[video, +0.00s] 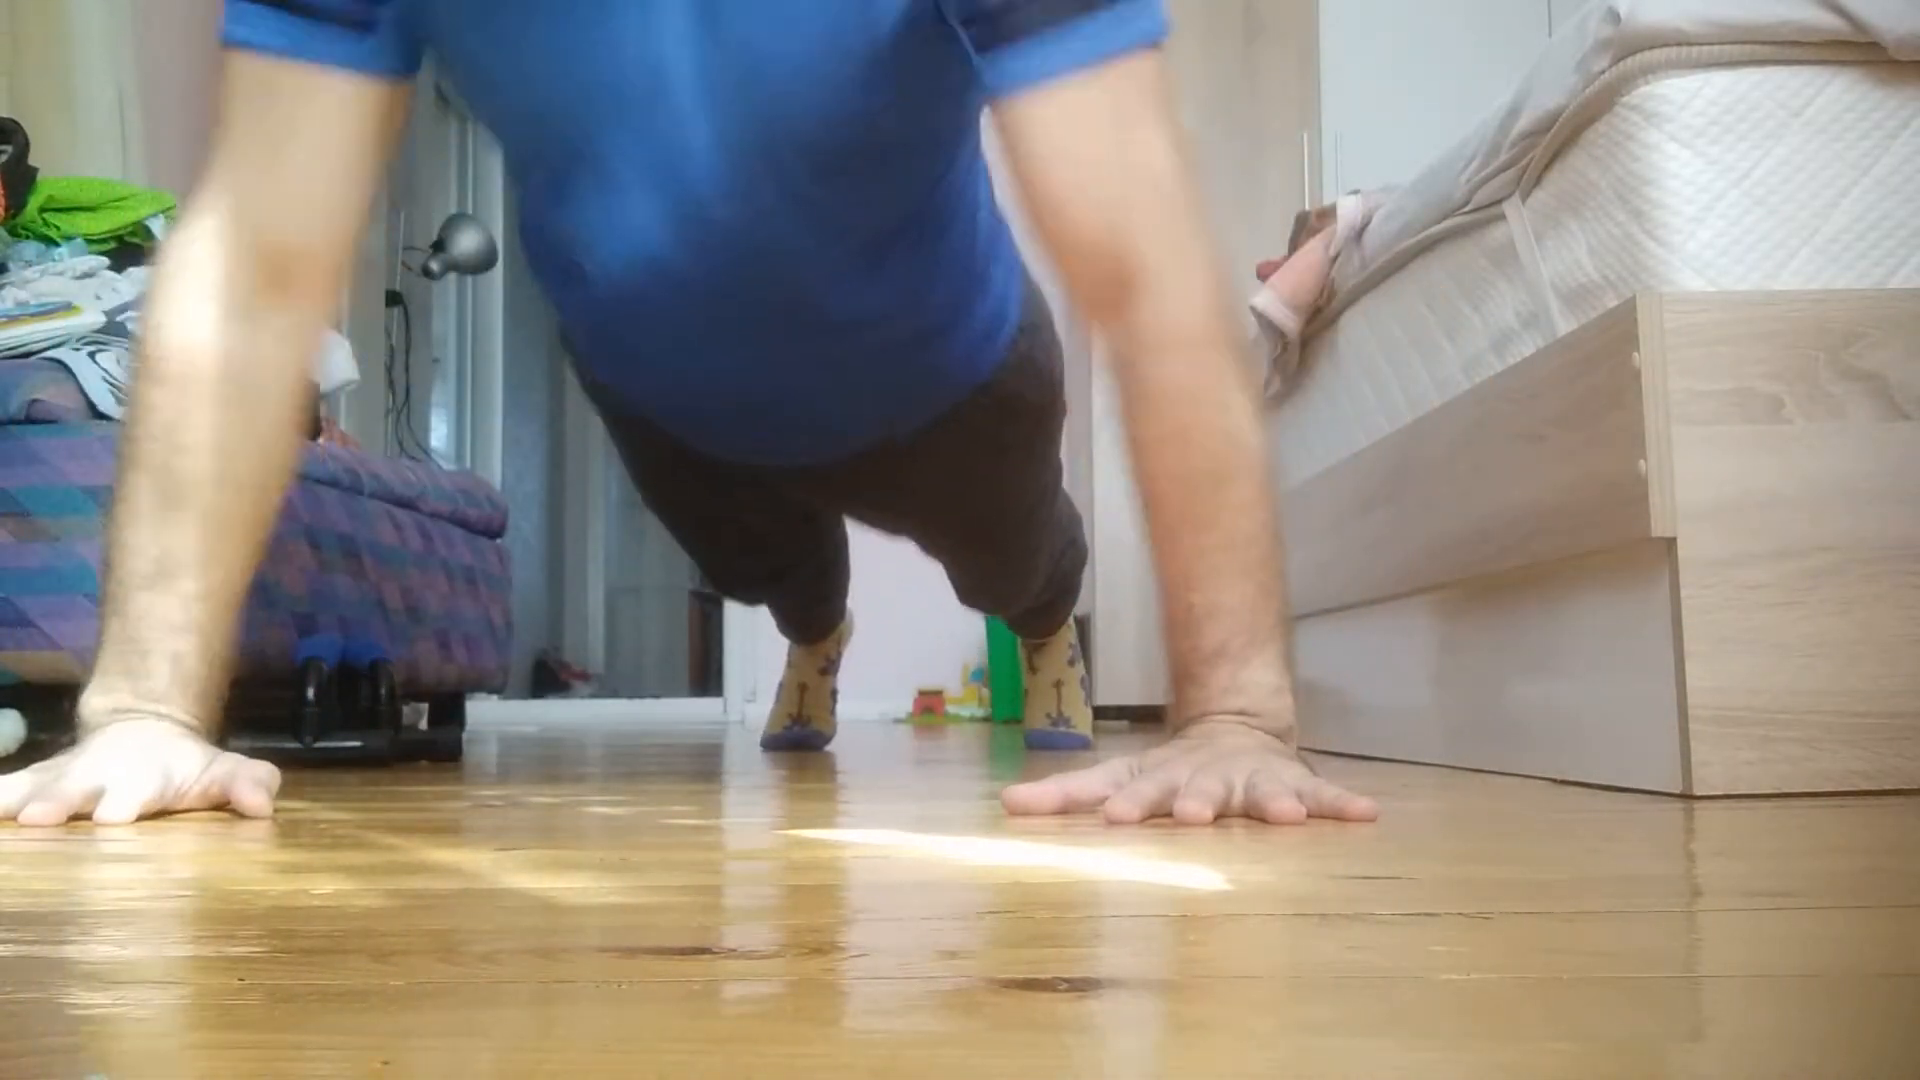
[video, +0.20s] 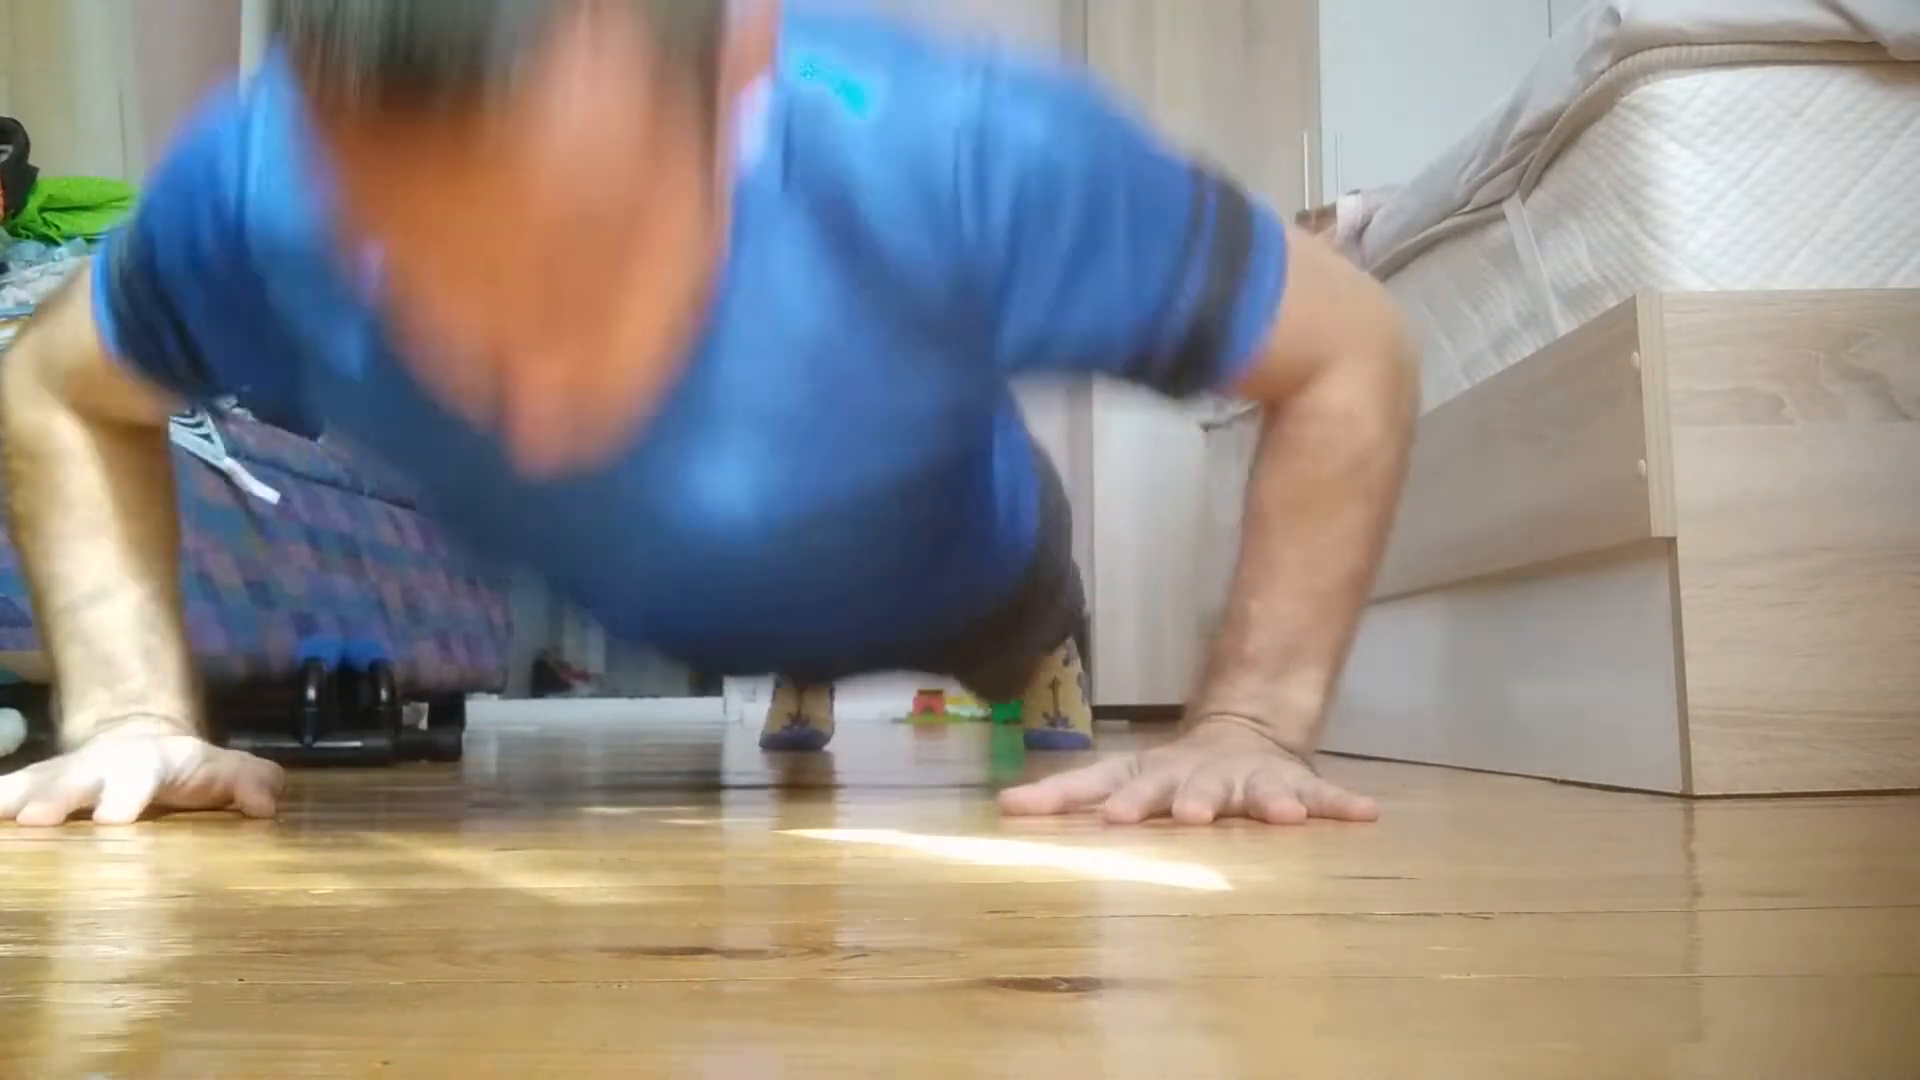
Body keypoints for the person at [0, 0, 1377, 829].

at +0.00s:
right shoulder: (371, 2)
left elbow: (1152, 277)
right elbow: (254, 271)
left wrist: (1240, 705)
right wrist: (148, 710)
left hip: (930, 377)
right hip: (672, 412)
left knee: (1011, 557)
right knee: (775, 563)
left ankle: (1023, 617)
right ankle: (816, 635)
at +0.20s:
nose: (505, 357)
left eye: (570, 270)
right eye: (437, 278)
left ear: (729, 85)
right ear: (337, 170)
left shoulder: (936, 166)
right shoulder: (254, 205)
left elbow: (1349, 350)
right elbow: (72, 395)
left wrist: (1247, 719)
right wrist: (137, 715)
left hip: (959, 591)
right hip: (693, 615)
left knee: (1017, 654)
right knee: (780, 657)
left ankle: (1016, 677)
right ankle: (797, 688)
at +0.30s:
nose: (495, 704)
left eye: (556, 612)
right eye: (417, 635)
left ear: (721, 392)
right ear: (306, 487)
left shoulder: (952, 375)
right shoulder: (267, 377)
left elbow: (1354, 353)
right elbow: (48, 374)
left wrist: (1255, 719)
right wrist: (133, 714)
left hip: (962, 699)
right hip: (655, 730)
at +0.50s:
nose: (515, 651)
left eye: (580, 564)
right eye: (423, 583)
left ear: (742, 381)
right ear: (328, 454)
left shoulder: (971, 374)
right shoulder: (248, 361)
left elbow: (1391, 356)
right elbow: (29, 371)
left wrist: (1259, 717)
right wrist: (126, 711)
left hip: (939, 634)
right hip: (688, 662)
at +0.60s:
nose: (529, 444)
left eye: (590, 358)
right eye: (458, 376)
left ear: (752, 204)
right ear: (354, 268)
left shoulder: (977, 240)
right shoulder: (265, 261)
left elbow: (1402, 356)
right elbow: (22, 389)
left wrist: (1262, 719)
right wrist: (127, 711)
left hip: (958, 546)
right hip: (713, 563)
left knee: (1006, 622)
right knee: (805, 616)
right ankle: (814, 667)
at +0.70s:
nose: (522, 230)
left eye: (580, 133)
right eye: (453, 153)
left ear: (742, 28)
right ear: (366, 84)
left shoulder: (974, 99)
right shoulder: (305, 124)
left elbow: (1375, 346)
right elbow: (67, 381)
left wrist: (1264, 718)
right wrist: (135, 717)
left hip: (945, 481)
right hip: (706, 516)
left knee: (1016, 598)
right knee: (791, 604)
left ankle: (1031, 636)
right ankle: (818, 652)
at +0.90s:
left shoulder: (1010, 18)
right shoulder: (344, 19)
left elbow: (1191, 289)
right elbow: (226, 298)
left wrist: (1248, 710)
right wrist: (148, 710)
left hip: (945, 357)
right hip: (686, 390)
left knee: (1013, 549)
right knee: (784, 555)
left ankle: (1022, 624)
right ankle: (820, 643)